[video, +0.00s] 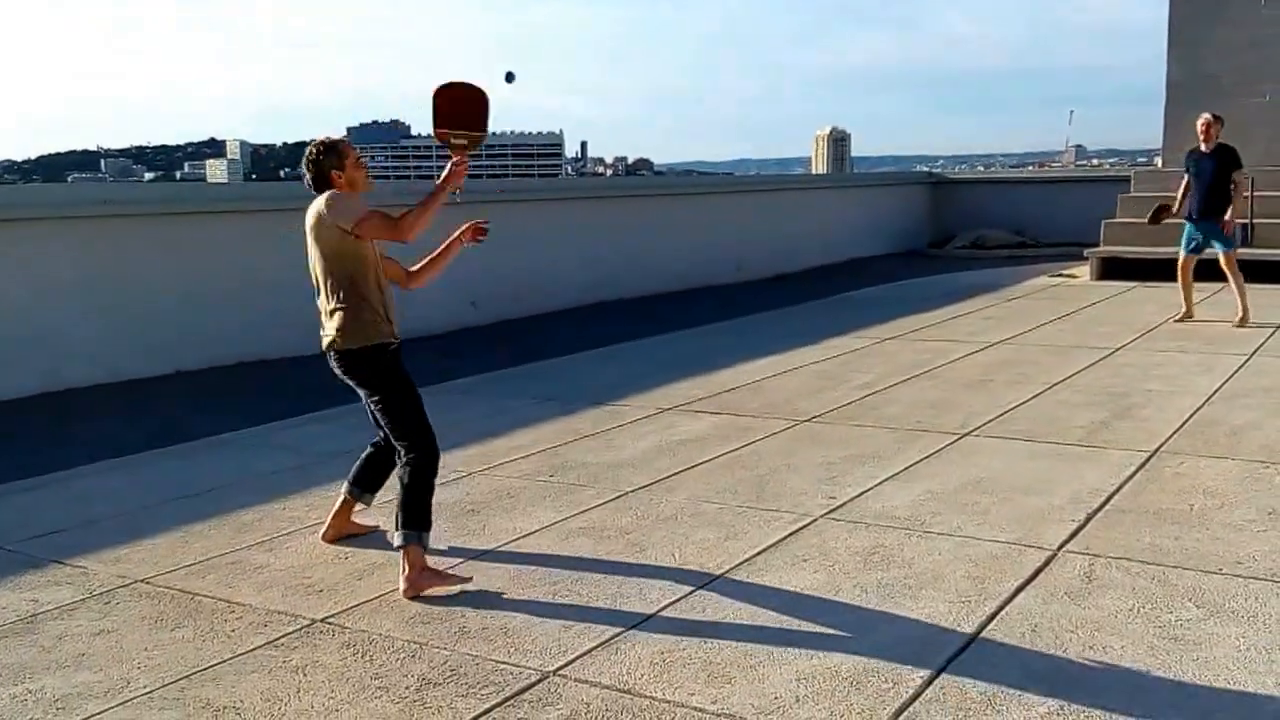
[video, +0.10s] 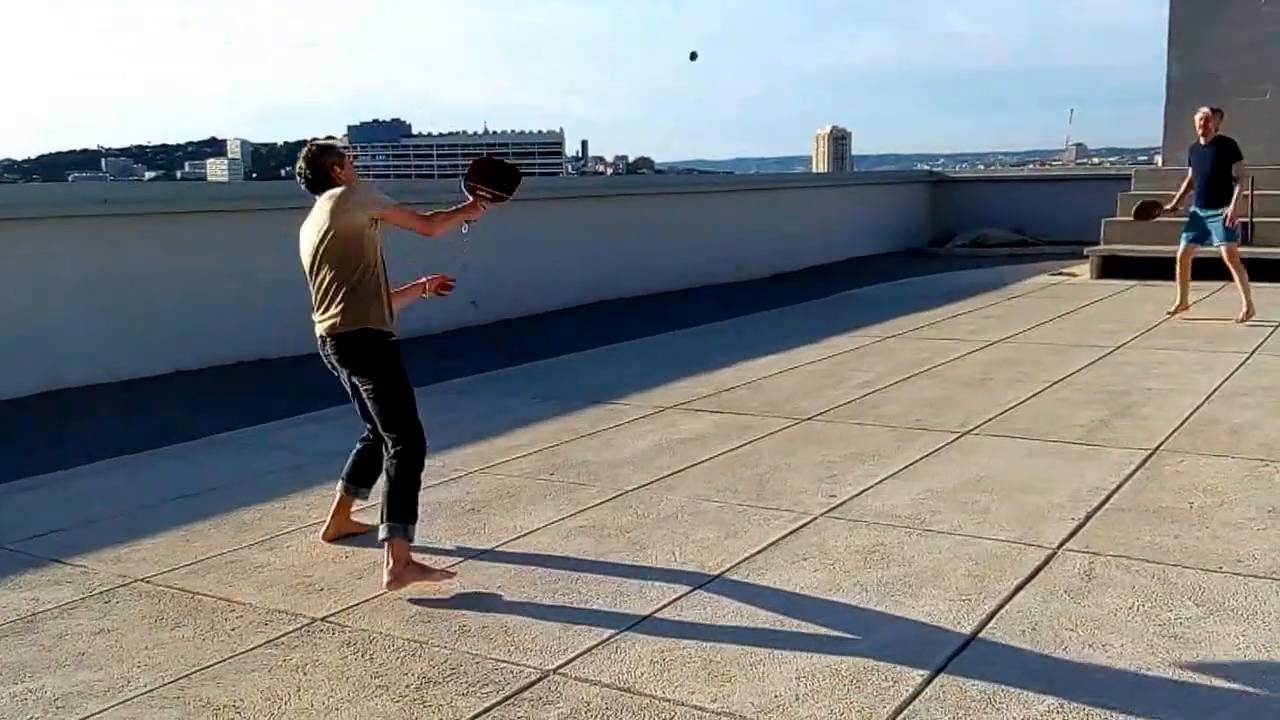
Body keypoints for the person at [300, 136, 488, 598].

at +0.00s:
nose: (366, 168)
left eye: (362, 161)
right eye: (358, 163)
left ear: (336, 176)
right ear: (338, 175)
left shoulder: (343, 226)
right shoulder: (330, 205)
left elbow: (408, 277)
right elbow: (402, 229)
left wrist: (460, 239)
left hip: (360, 345)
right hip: (362, 345)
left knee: (392, 440)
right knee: (420, 448)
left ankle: (340, 519)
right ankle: (415, 569)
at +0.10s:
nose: (355, 166)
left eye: (350, 160)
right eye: (350, 161)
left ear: (318, 179)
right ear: (339, 169)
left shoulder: (312, 224)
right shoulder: (354, 195)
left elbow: (358, 302)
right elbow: (430, 226)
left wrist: (418, 287)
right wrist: (475, 206)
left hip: (334, 340)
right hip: (364, 336)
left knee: (377, 432)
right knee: (406, 441)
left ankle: (338, 518)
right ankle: (400, 562)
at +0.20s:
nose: (357, 166)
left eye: (352, 159)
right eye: (353, 160)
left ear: (316, 176)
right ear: (345, 166)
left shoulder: (307, 222)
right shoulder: (364, 193)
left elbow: (310, 293)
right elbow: (414, 233)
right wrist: (430, 236)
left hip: (326, 333)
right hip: (365, 329)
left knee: (365, 426)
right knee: (396, 436)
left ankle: (338, 518)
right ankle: (382, 557)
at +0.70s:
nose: (388, 127)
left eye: (385, 118)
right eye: (384, 119)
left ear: (345, 126)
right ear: (370, 124)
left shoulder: (326, 176)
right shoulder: (374, 178)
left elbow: (314, 260)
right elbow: (407, 256)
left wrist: (325, 314)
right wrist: (435, 280)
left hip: (337, 320)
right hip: (369, 320)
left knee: (364, 413)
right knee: (397, 429)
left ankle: (340, 507)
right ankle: (376, 553)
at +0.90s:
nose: (404, 121)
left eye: (401, 113)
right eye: (400, 115)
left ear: (361, 124)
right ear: (387, 122)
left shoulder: (349, 171)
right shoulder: (368, 178)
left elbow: (367, 260)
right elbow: (375, 262)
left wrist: (422, 292)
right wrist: (425, 293)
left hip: (333, 314)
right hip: (350, 321)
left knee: (356, 413)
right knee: (376, 430)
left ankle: (321, 505)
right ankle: (357, 553)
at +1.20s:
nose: (404, 118)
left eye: (400, 110)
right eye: (399, 112)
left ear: (357, 123)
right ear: (385, 120)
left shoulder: (329, 172)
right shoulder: (405, 179)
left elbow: (339, 240)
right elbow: (438, 264)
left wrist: (401, 257)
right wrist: (416, 262)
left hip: (330, 314)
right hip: (375, 322)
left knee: (358, 413)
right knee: (392, 431)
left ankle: (347, 512)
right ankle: (357, 548)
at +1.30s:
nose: (398, 117)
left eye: (393, 110)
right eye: (392, 111)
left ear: (349, 126)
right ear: (378, 122)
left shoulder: (322, 180)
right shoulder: (414, 175)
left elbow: (324, 259)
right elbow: (452, 229)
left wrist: (361, 233)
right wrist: (413, 221)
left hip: (350, 322)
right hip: (402, 324)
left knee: (366, 422)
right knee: (413, 430)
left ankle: (367, 535)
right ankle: (360, 536)